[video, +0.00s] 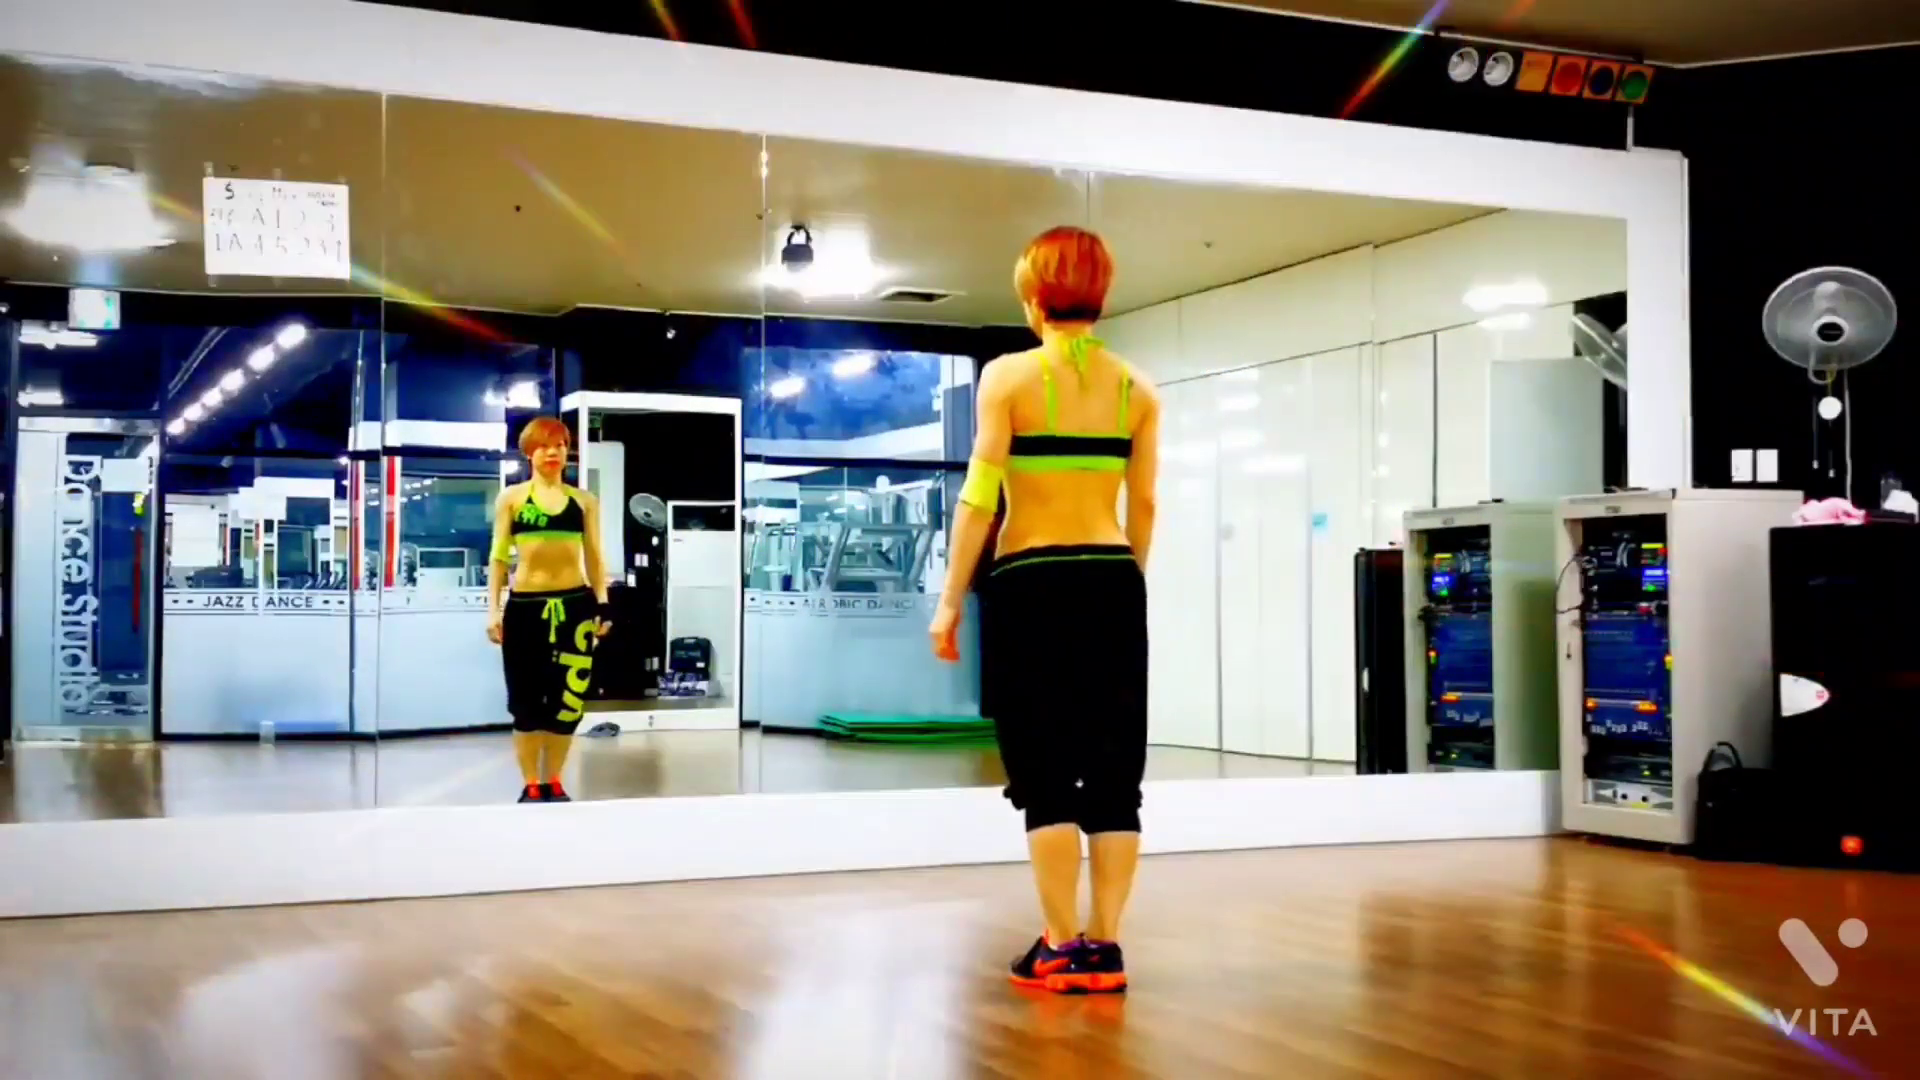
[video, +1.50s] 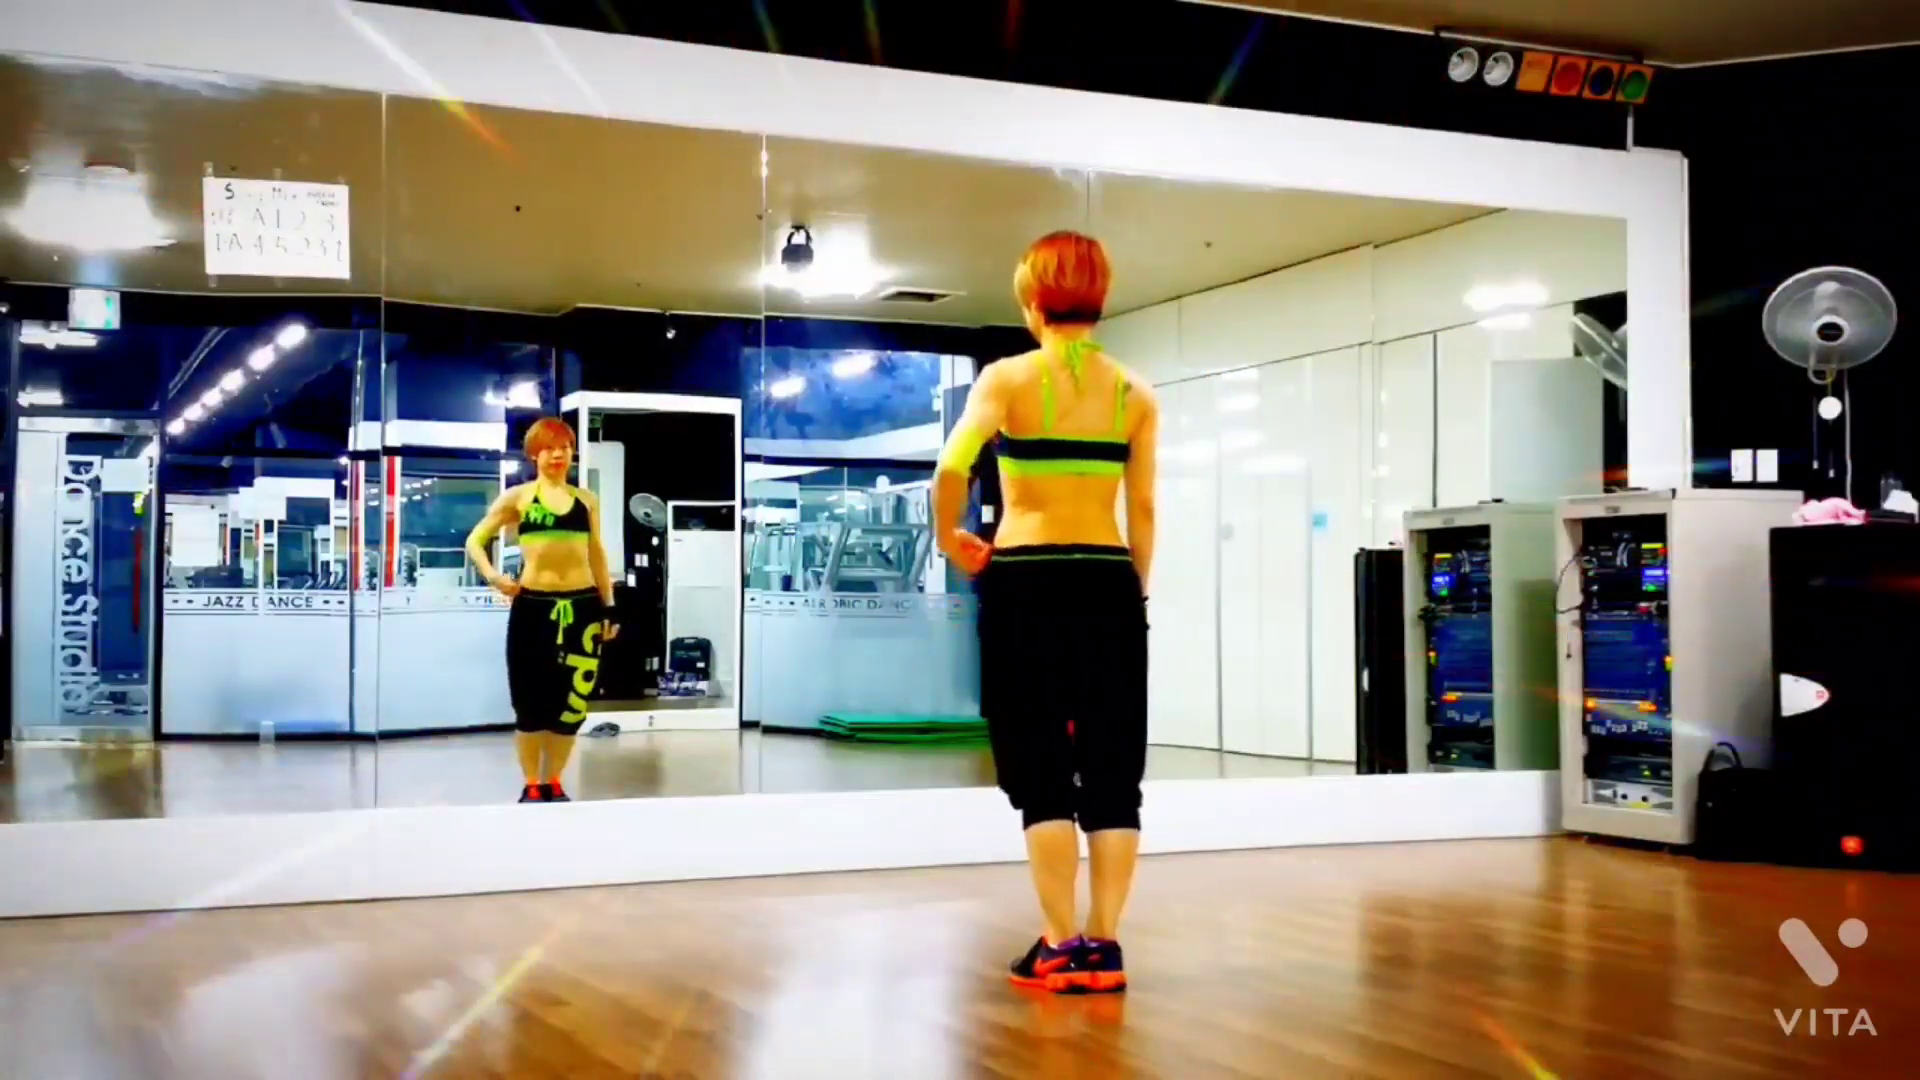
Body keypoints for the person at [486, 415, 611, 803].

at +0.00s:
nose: (552, 454)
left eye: (559, 447)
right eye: (544, 447)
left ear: (566, 451)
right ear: (530, 453)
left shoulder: (585, 501)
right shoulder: (511, 498)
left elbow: (595, 559)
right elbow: (499, 559)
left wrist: (603, 605)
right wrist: (495, 609)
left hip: (575, 606)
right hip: (525, 608)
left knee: (568, 701)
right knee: (527, 702)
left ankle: (553, 780)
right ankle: (531, 783)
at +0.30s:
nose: (552, 454)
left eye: (559, 447)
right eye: (544, 447)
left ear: (566, 452)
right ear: (530, 453)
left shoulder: (585, 502)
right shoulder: (511, 498)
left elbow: (595, 560)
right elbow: (500, 559)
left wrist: (602, 609)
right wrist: (496, 610)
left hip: (575, 606)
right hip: (525, 608)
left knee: (569, 701)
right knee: (527, 702)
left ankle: (553, 780)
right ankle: (531, 783)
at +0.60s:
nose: (552, 453)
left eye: (558, 446)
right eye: (544, 447)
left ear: (567, 452)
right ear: (530, 454)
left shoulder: (584, 502)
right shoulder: (511, 498)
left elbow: (593, 560)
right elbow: (480, 546)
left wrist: (601, 608)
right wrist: (495, 590)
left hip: (577, 606)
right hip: (529, 608)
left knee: (570, 701)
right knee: (529, 702)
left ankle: (552, 782)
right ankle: (532, 784)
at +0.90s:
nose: (552, 455)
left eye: (558, 447)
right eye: (544, 448)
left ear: (568, 453)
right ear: (530, 455)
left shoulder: (584, 502)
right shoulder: (513, 497)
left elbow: (594, 559)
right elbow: (474, 543)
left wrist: (603, 608)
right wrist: (495, 579)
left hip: (578, 606)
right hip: (530, 607)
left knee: (570, 702)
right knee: (529, 703)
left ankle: (552, 782)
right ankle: (531, 784)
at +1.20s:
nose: (554, 455)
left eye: (560, 448)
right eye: (545, 448)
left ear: (569, 454)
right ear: (532, 455)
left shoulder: (585, 500)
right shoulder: (515, 497)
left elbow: (596, 556)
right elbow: (475, 543)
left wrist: (607, 607)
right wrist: (497, 579)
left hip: (580, 605)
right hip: (532, 606)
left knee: (572, 700)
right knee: (530, 701)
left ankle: (553, 782)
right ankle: (532, 784)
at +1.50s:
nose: (557, 455)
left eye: (563, 448)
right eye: (548, 449)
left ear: (572, 454)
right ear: (534, 455)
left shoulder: (587, 500)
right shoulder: (519, 496)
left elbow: (597, 557)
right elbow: (475, 541)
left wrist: (609, 606)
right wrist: (496, 579)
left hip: (582, 605)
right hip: (533, 605)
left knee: (573, 702)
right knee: (531, 702)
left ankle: (552, 782)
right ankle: (532, 784)